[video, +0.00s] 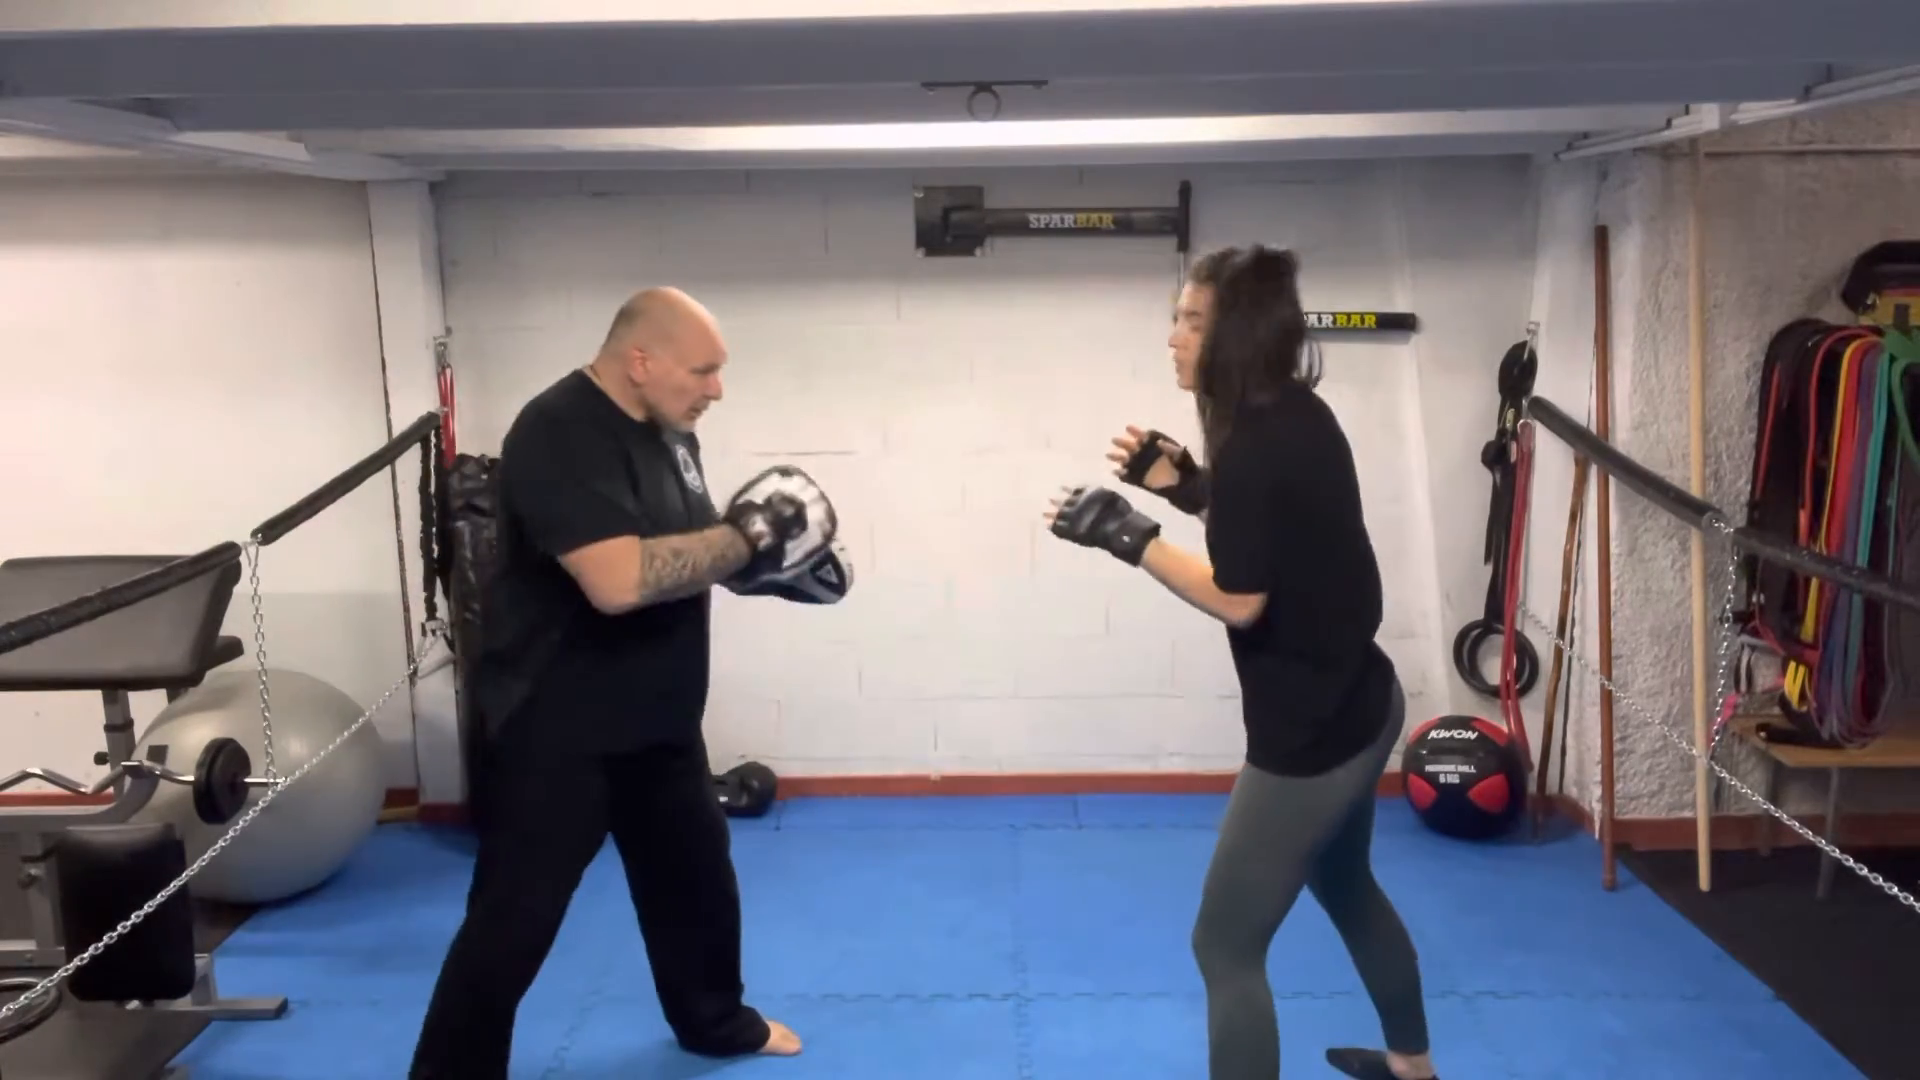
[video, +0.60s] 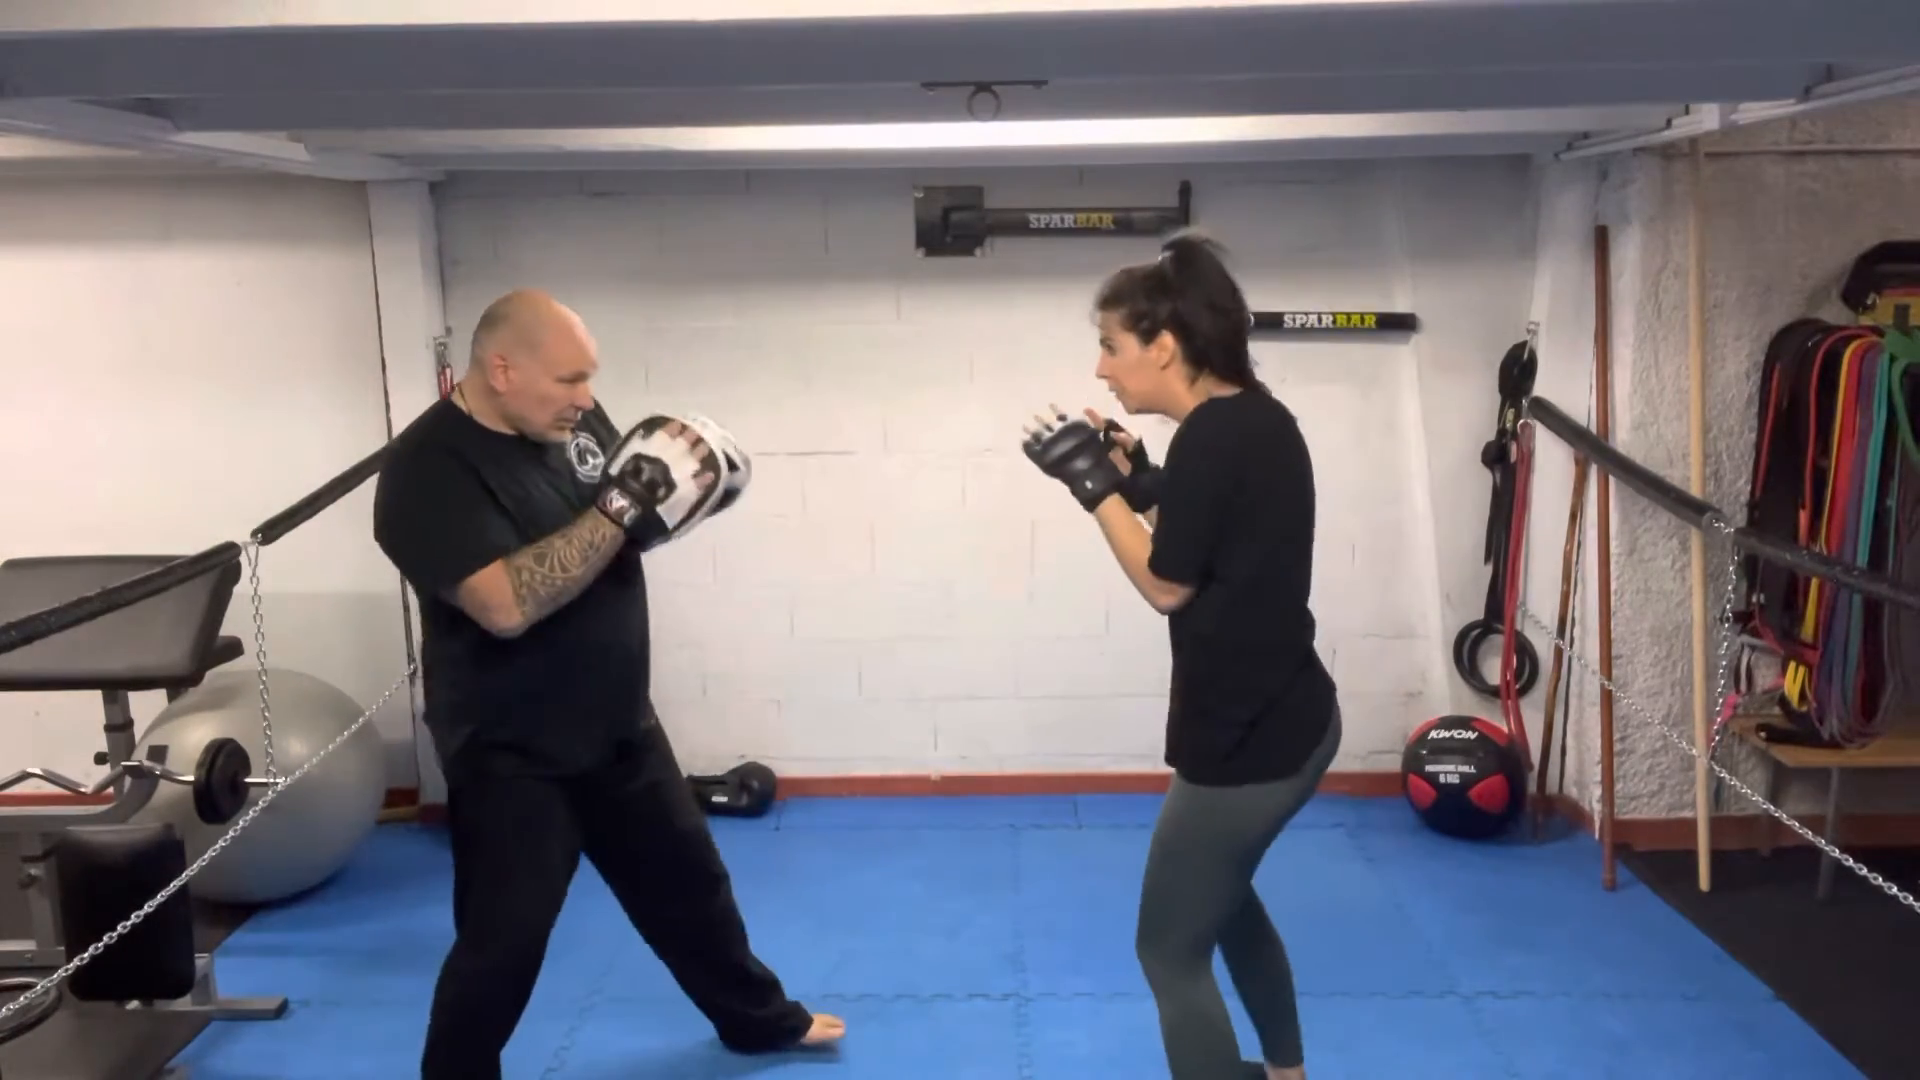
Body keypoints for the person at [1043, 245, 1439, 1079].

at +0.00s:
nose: (1173, 338)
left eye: (1189, 323)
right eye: (1175, 320)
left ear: (1239, 335)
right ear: (1265, 336)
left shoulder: (1255, 440)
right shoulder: (1300, 416)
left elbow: (1239, 601)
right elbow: (1288, 530)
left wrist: (1130, 537)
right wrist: (1191, 485)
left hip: (1309, 736)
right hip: (1358, 706)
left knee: (1227, 946)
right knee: (1346, 885)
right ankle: (1412, 1061)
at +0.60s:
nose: (1100, 367)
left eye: (1110, 345)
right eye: (1102, 346)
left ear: (1166, 344)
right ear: (1172, 345)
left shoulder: (1211, 437)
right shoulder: (1265, 422)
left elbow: (1165, 587)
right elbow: (1229, 550)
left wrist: (1100, 489)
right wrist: (1143, 483)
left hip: (1239, 749)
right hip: (1294, 724)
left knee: (1170, 953)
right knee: (1227, 900)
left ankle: (1221, 1076)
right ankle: (1285, 1066)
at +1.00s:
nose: (1090, 406)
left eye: (1096, 388)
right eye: (1088, 389)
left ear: (1149, 383)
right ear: (1157, 378)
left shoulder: (1207, 455)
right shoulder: (1252, 440)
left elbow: (1166, 597)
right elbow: (1180, 567)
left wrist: (1108, 492)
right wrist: (1117, 478)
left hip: (1218, 757)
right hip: (1280, 735)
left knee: (1073, 907)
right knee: (1194, 885)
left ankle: (1142, 1075)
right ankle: (1288, 1065)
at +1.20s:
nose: (1065, 421)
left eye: (1070, 401)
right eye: (1063, 403)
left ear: (1118, 391)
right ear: (1161, 379)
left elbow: (1082, 587)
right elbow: (1217, 540)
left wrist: (1042, 518)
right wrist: (1133, 480)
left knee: (1046, 935)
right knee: (1218, 885)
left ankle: (1033, 1075)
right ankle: (1292, 1066)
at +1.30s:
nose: (1051, 428)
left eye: (1054, 408)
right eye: (1049, 409)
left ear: (1096, 403)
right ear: (1155, 390)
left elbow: (952, 508)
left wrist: (888, 458)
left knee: (1027, 962)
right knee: (1219, 890)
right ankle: (1291, 1066)